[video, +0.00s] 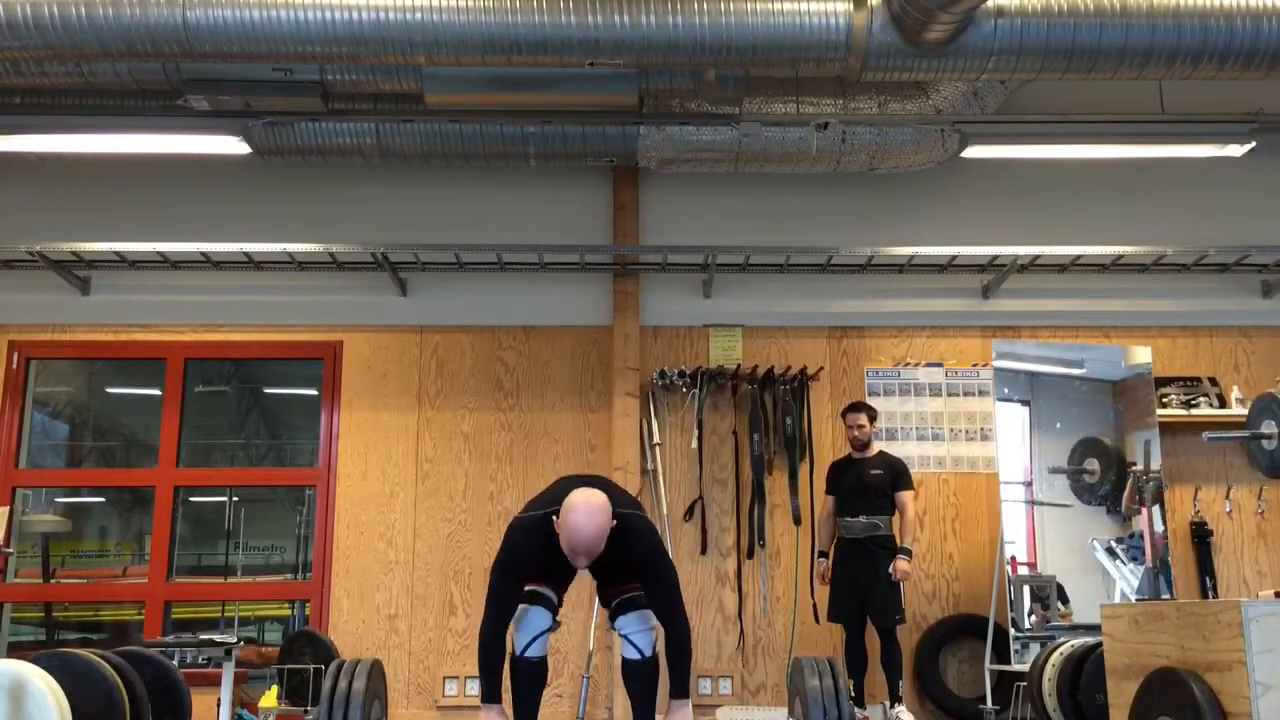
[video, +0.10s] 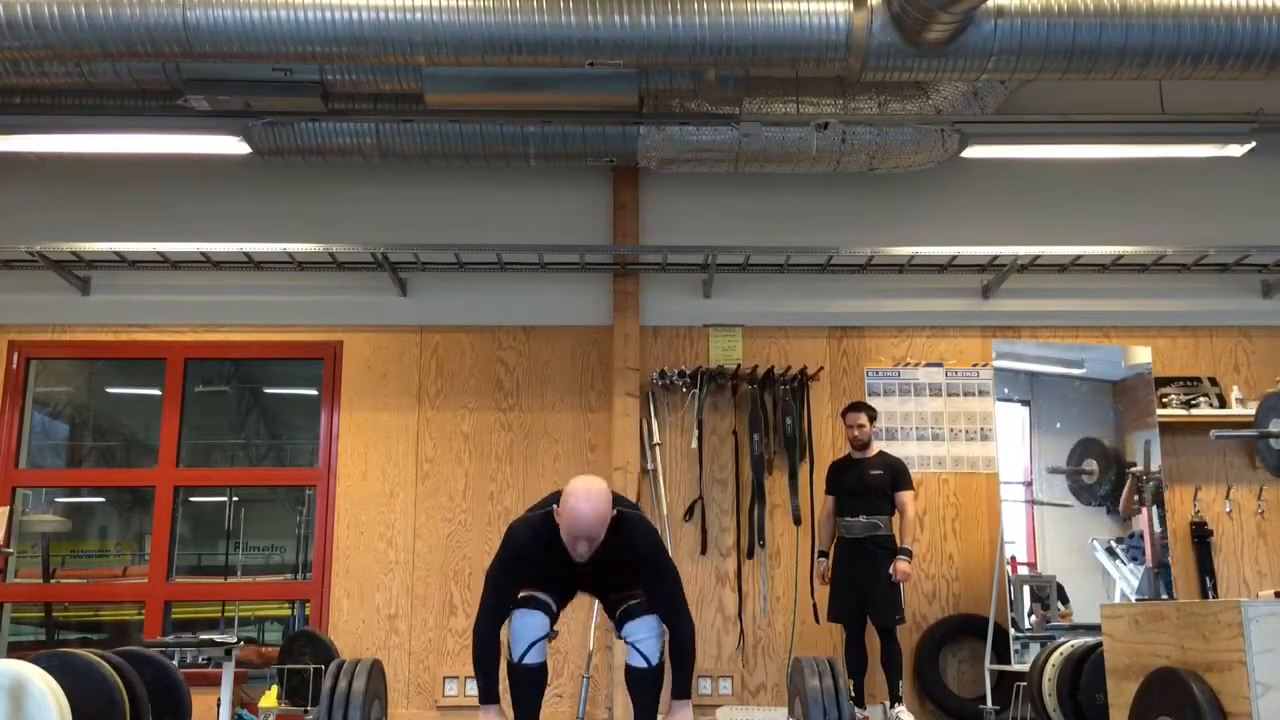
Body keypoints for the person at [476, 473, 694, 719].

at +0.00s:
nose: (581, 563)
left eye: (591, 554)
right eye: (572, 553)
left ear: (611, 529)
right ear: (557, 526)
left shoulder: (638, 535)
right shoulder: (524, 535)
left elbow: (676, 623)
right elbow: (494, 625)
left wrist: (680, 704)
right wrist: (490, 705)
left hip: (613, 549)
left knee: (639, 630)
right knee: (530, 626)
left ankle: (643, 716)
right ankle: (527, 715)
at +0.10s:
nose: (581, 550)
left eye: (592, 540)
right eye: (573, 539)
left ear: (610, 519)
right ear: (557, 515)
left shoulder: (638, 536)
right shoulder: (525, 536)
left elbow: (680, 622)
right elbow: (486, 625)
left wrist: (681, 704)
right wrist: (488, 707)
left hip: (618, 574)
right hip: (549, 574)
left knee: (645, 634)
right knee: (526, 629)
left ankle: (643, 717)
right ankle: (527, 717)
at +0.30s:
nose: (585, 526)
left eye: (596, 514)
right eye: (575, 513)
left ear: (613, 502)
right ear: (558, 499)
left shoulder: (636, 538)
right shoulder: (530, 539)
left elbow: (688, 624)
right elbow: (480, 626)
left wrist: (684, 705)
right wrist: (488, 706)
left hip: (618, 616)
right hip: (554, 615)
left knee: (657, 644)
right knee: (518, 638)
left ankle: (650, 716)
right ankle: (529, 716)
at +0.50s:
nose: (585, 536)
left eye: (597, 525)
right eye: (576, 523)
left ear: (612, 518)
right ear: (560, 513)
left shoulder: (638, 563)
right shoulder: (531, 561)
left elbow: (704, 631)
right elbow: (467, 632)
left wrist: (686, 704)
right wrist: (485, 705)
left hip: (618, 658)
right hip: (555, 657)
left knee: (666, 653)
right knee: (501, 644)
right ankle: (521, 714)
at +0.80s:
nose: (586, 504)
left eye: (597, 495)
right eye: (577, 492)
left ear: (611, 501)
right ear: (561, 495)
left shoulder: (639, 552)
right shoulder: (532, 551)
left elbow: (696, 627)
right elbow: (474, 629)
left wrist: (683, 703)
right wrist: (490, 704)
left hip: (618, 648)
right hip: (555, 646)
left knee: (662, 653)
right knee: (509, 646)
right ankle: (525, 715)